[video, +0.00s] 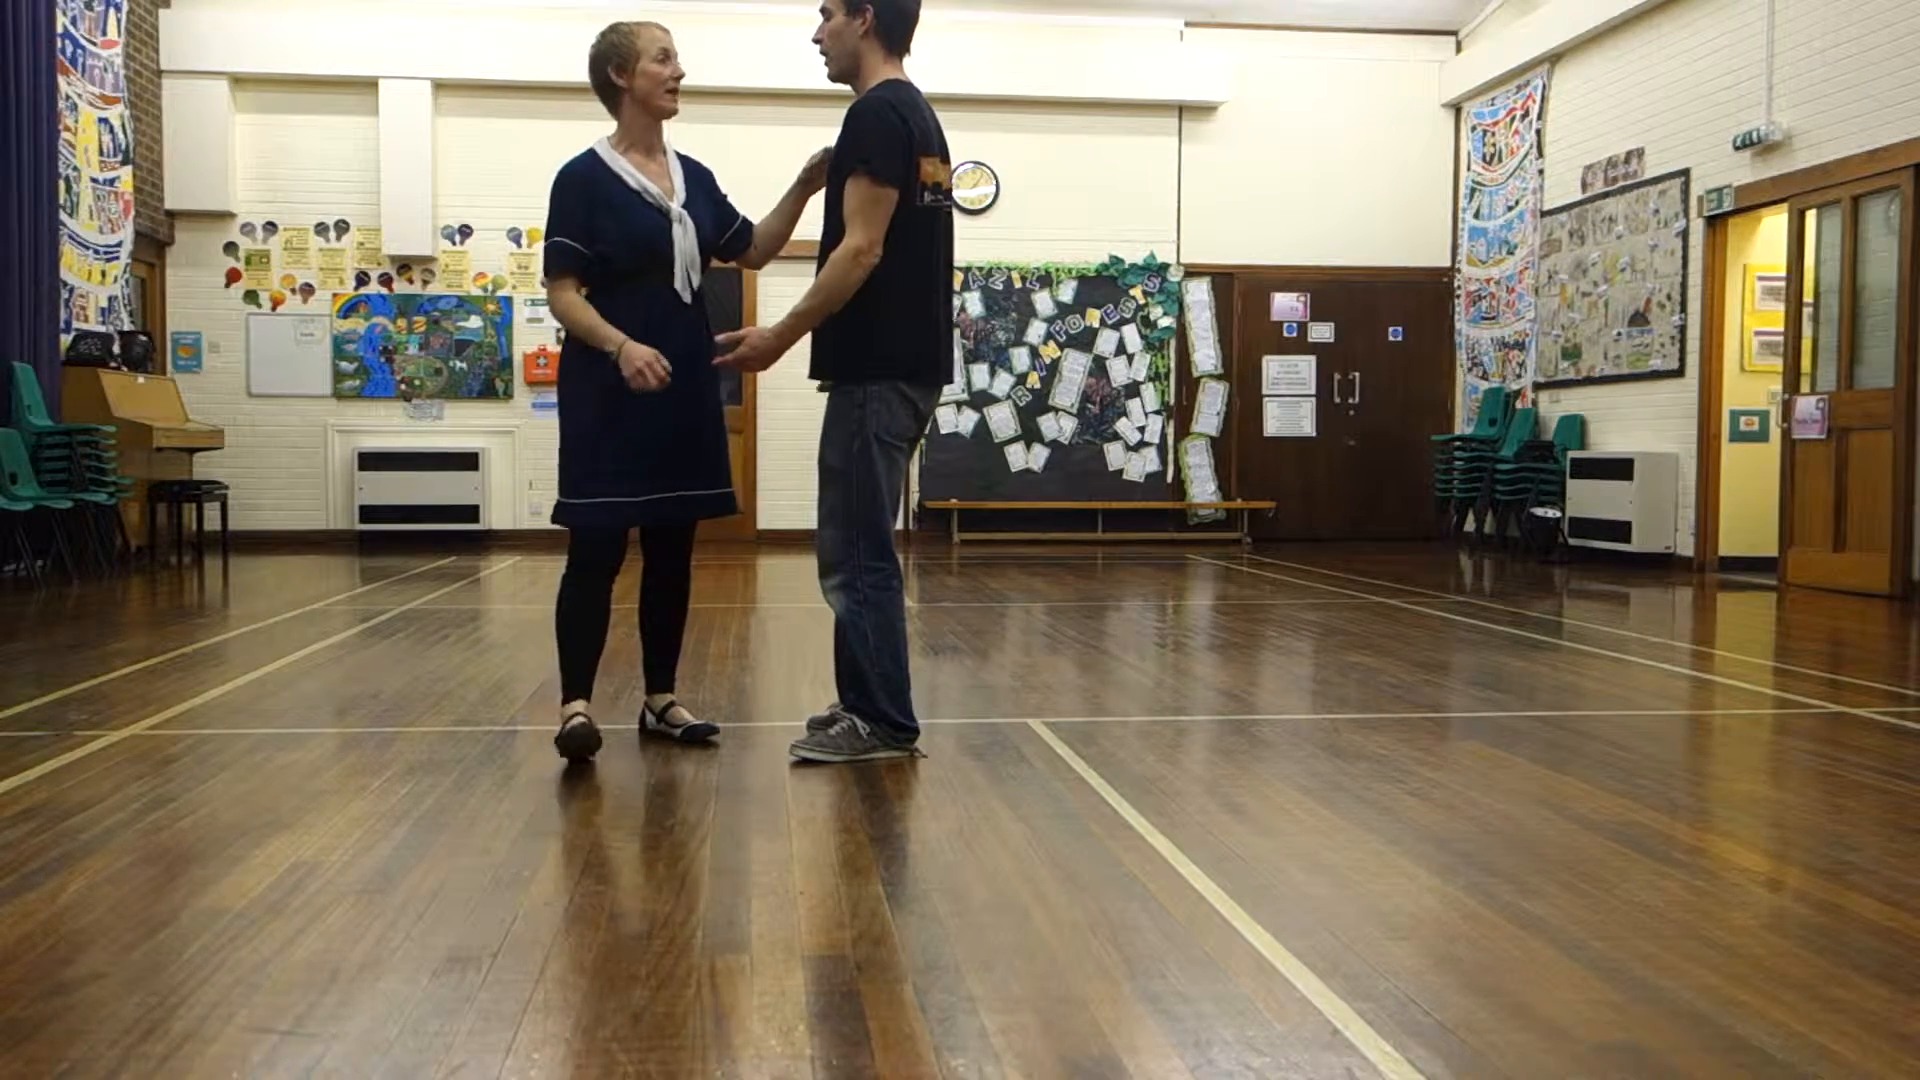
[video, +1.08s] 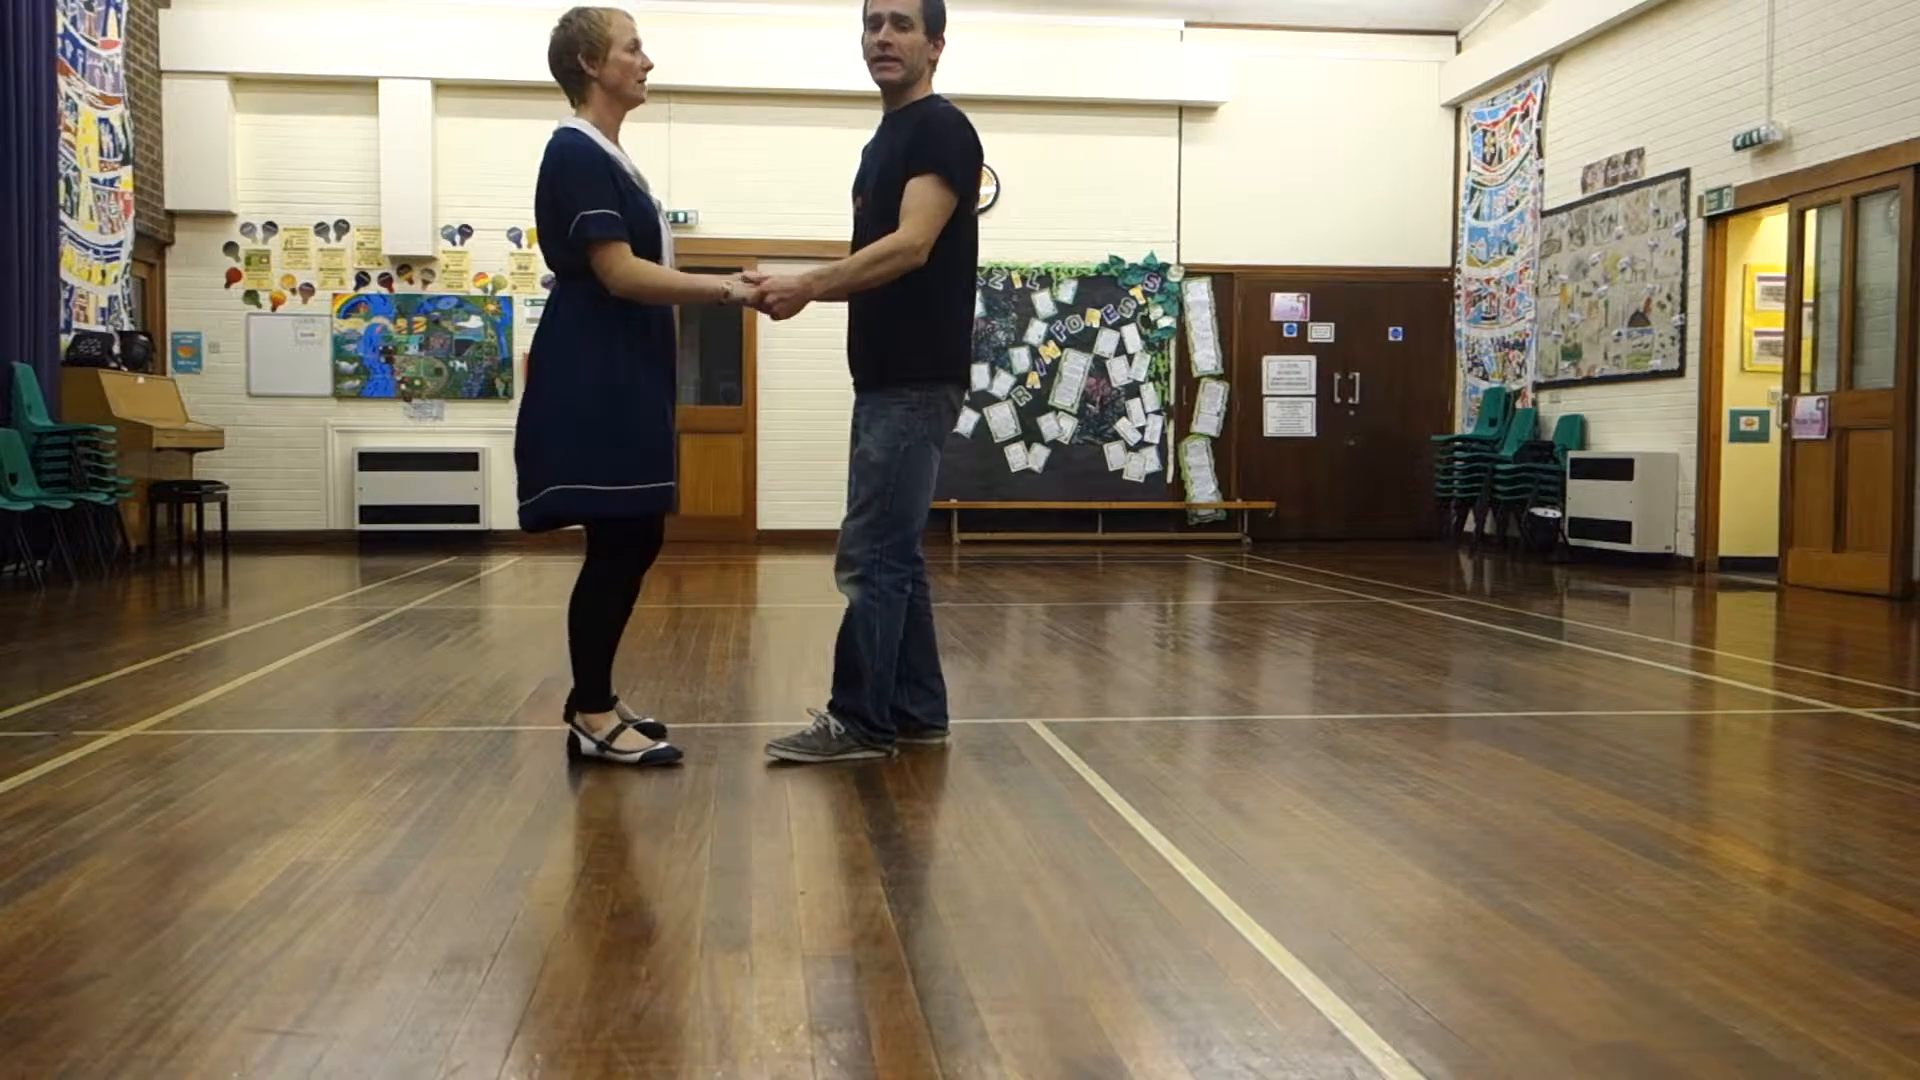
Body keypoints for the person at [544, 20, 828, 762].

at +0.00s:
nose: (679, 71)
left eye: (677, 59)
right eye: (662, 59)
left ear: (659, 77)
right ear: (618, 77)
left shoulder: (691, 175)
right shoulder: (583, 177)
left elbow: (753, 250)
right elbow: (562, 293)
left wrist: (803, 186)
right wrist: (619, 344)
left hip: (685, 397)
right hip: (606, 396)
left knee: (670, 546)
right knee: (596, 551)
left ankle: (661, 702)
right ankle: (577, 707)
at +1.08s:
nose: (647, 62)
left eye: (642, 49)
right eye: (631, 50)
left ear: (607, 67)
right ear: (590, 66)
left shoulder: (609, 155)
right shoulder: (578, 151)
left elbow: (639, 270)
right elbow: (620, 274)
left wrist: (730, 278)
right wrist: (727, 286)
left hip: (627, 384)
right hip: (600, 385)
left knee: (634, 537)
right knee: (622, 538)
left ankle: (595, 702)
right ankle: (591, 714)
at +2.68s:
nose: (717, 68)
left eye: (725, 61)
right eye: (704, 51)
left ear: (721, 77)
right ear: (661, 55)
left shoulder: (675, 152)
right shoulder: (639, 134)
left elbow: (662, 291)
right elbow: (679, 263)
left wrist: (728, 317)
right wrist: (771, 298)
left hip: (663, 385)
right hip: (628, 384)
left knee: (685, 550)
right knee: (654, 552)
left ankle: (602, 685)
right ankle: (610, 741)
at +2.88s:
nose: (760, 53)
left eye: (768, 43)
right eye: (746, 34)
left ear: (763, 56)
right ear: (699, 38)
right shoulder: (688, 124)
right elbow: (738, 258)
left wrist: (804, 295)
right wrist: (822, 286)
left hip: (690, 381)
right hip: (670, 381)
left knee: (755, 540)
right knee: (663, 553)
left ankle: (707, 728)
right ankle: (608, 742)